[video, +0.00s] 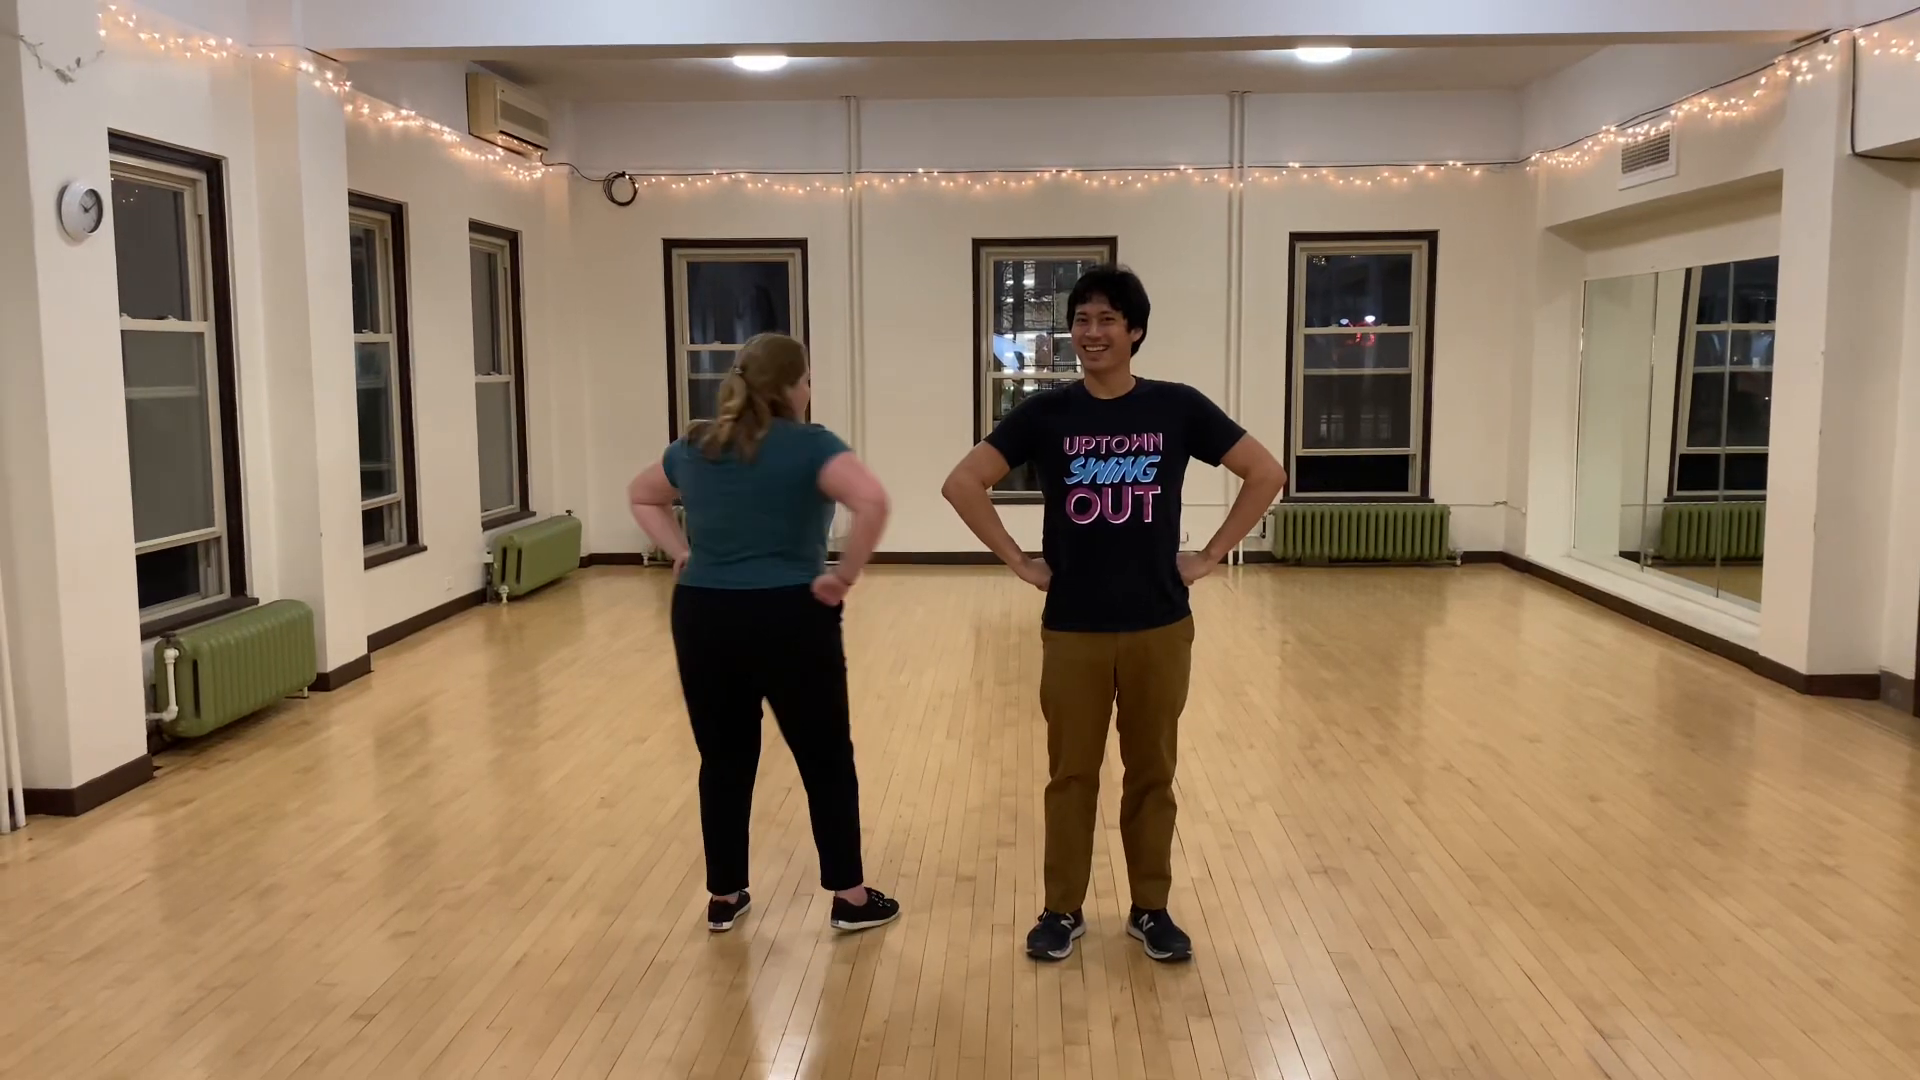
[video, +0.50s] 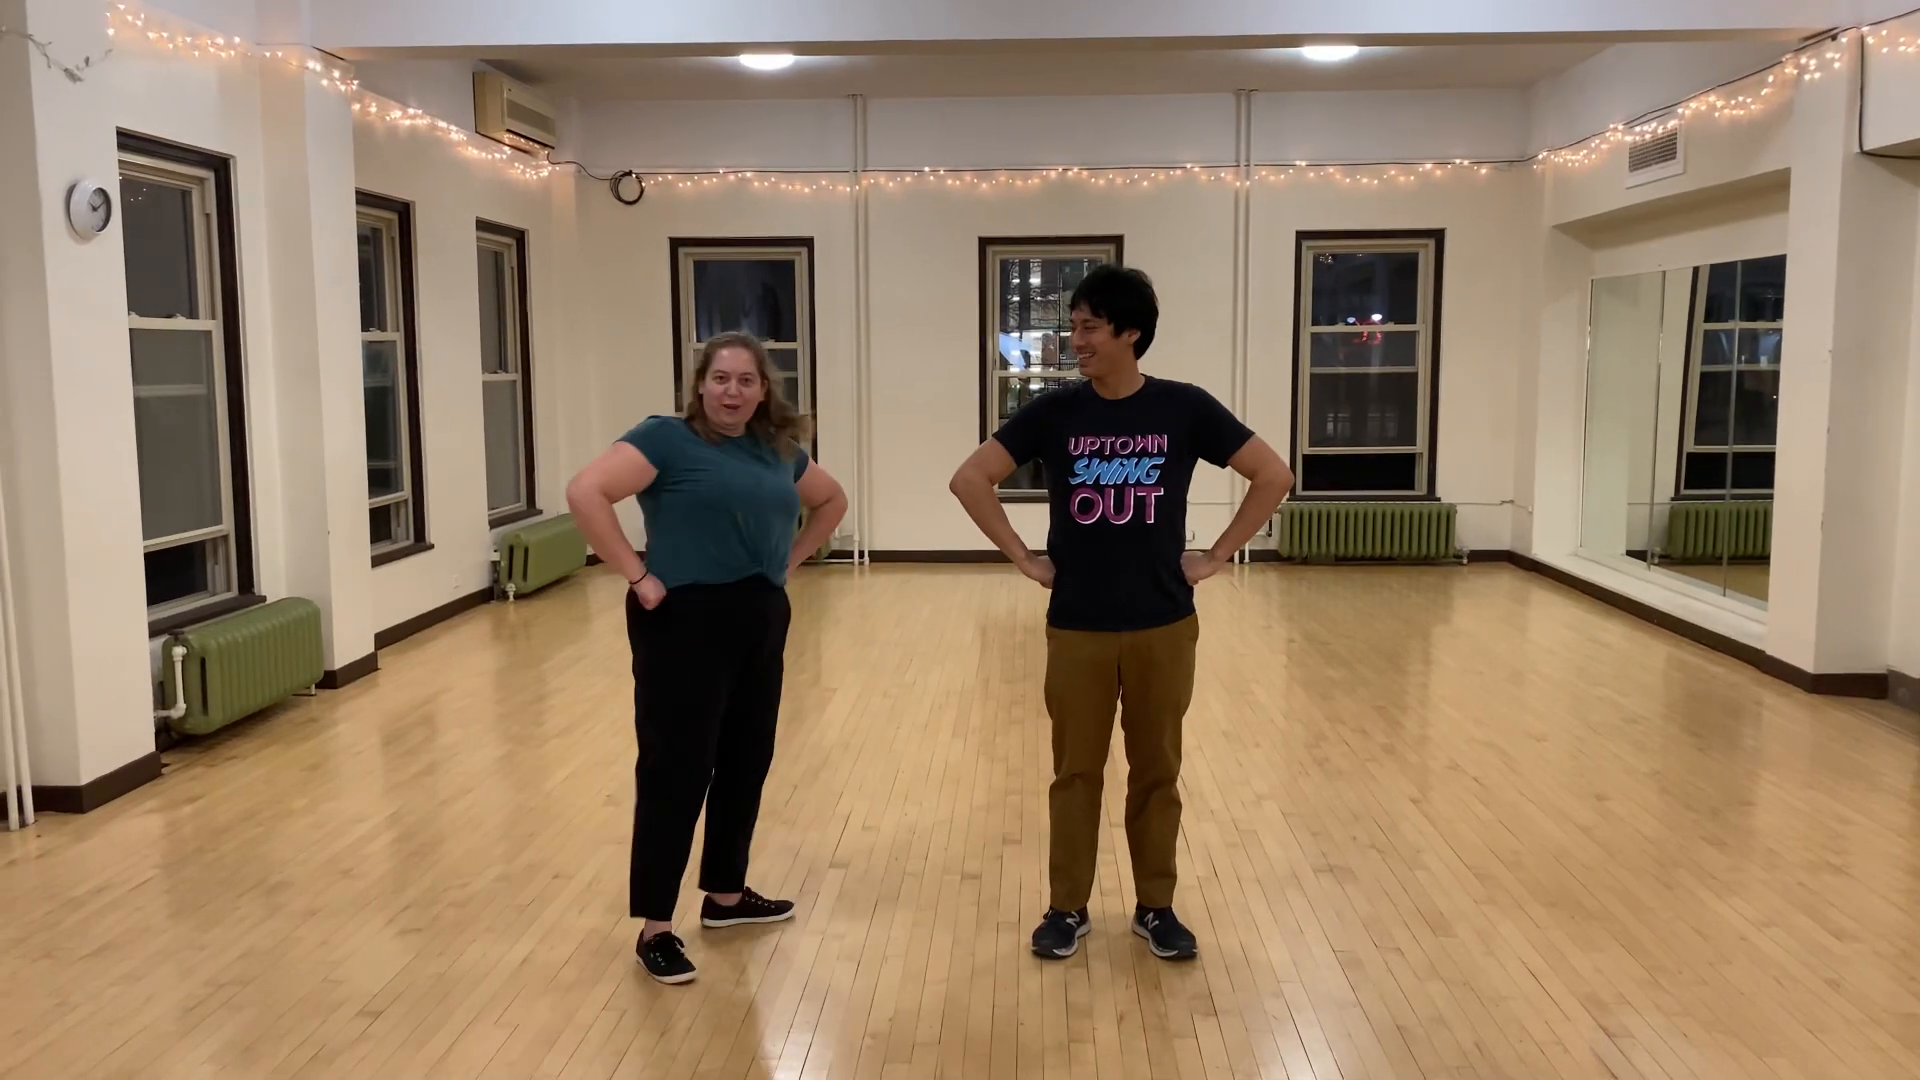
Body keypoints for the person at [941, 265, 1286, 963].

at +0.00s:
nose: (1092, 332)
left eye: (1107, 320)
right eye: (1082, 320)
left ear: (1135, 332)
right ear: (1070, 332)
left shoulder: (1177, 407)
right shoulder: (1046, 413)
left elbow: (1268, 474)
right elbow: (962, 484)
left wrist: (1207, 556)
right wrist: (1018, 559)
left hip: (1159, 619)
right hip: (1074, 621)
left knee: (1152, 774)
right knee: (1072, 773)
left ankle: (1151, 909)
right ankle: (1062, 910)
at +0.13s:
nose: (1093, 331)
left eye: (1108, 320)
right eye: (1083, 320)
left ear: (1136, 331)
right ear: (1071, 332)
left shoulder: (1178, 407)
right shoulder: (1047, 413)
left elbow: (1269, 474)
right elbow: (964, 483)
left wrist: (1209, 555)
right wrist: (1019, 559)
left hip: (1160, 619)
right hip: (1074, 622)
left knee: (1153, 773)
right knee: (1073, 773)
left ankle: (1152, 908)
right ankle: (1062, 909)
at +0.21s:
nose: (1094, 332)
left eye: (1109, 320)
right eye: (1084, 320)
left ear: (1137, 331)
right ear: (1072, 331)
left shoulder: (1179, 406)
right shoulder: (1049, 413)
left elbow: (1269, 473)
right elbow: (964, 483)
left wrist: (1210, 555)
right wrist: (1019, 559)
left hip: (1161, 618)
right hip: (1075, 621)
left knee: (1154, 773)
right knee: (1074, 773)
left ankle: (1153, 908)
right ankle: (1063, 909)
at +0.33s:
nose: (1088, 333)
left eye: (1103, 321)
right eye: (1080, 321)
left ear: (1137, 331)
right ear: (1072, 333)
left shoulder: (1181, 407)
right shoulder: (1050, 412)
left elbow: (1271, 474)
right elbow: (966, 482)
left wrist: (1210, 555)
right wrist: (1022, 558)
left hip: (1162, 621)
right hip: (1076, 623)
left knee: (1156, 774)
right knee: (1074, 773)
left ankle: (1155, 908)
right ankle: (1064, 908)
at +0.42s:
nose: (1081, 337)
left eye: (1095, 325)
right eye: (1075, 325)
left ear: (1134, 332)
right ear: (1073, 333)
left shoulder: (1183, 407)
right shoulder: (1052, 413)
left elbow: (1272, 475)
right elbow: (967, 482)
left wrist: (1213, 556)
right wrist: (1024, 558)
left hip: (1162, 619)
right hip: (1077, 622)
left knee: (1156, 773)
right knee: (1075, 773)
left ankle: (1155, 908)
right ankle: (1066, 908)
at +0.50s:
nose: (1078, 339)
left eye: (1092, 328)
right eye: (1074, 327)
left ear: (1134, 335)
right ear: (1075, 332)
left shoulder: (1184, 408)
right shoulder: (1054, 413)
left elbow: (1274, 476)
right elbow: (969, 480)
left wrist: (1214, 556)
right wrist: (1025, 557)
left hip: (1163, 621)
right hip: (1077, 623)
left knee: (1158, 773)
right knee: (1075, 773)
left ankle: (1156, 907)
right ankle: (1066, 907)